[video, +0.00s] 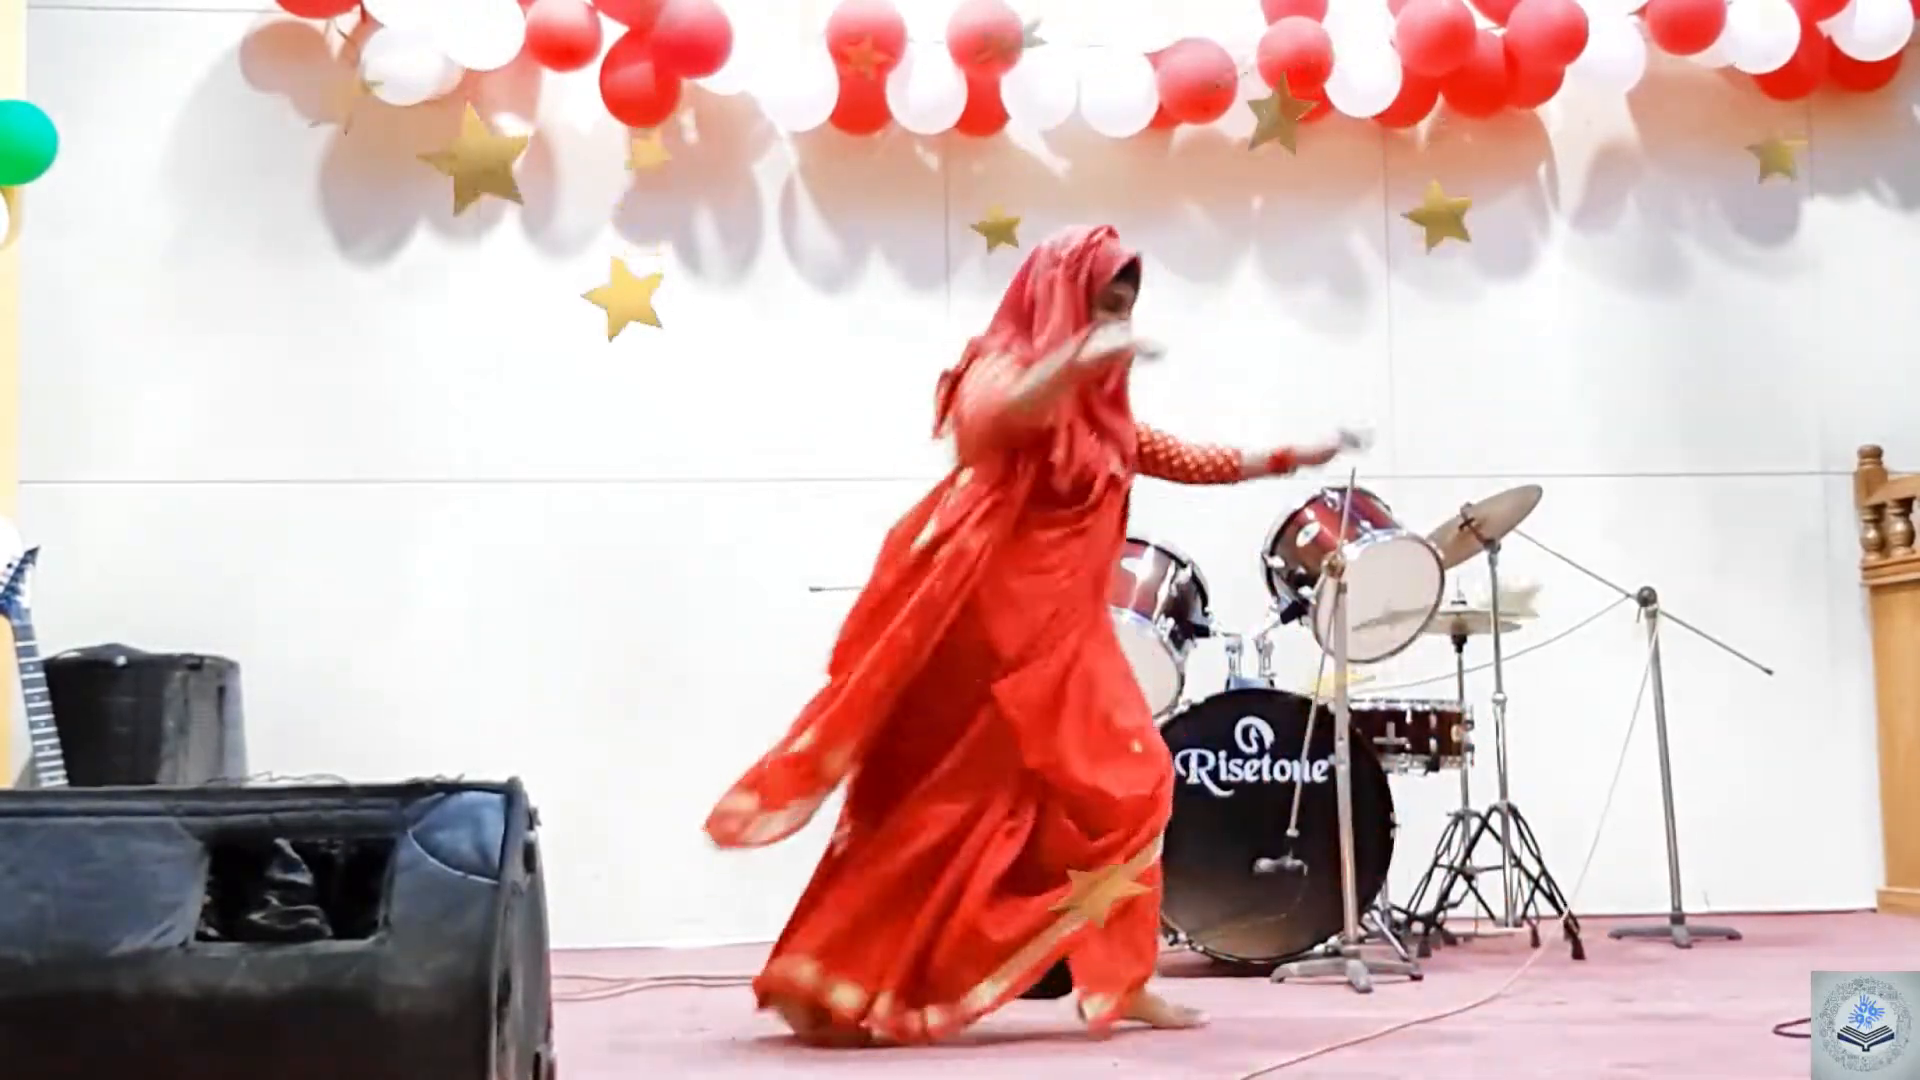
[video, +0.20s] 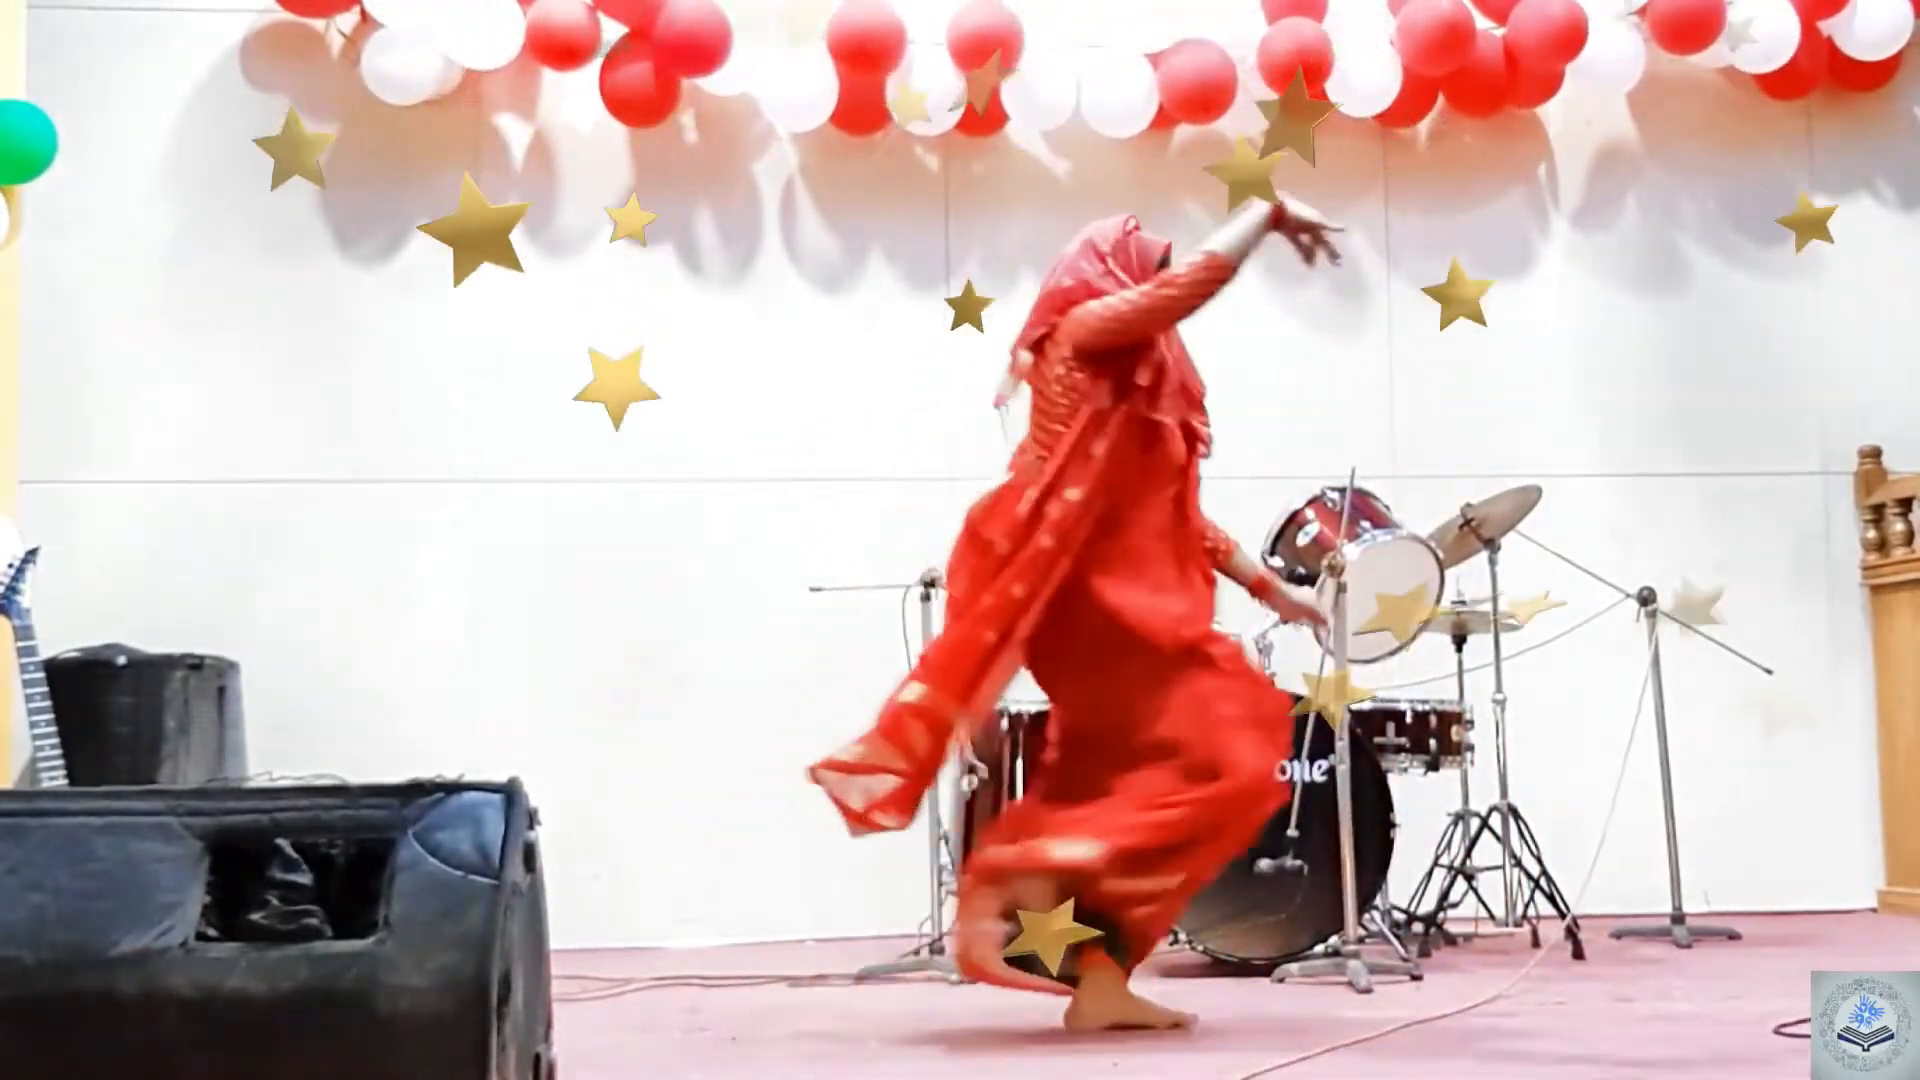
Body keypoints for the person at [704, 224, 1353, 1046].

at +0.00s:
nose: (1128, 306)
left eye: (1131, 289)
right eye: (1116, 288)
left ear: (1111, 307)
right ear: (1064, 292)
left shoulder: (1101, 411)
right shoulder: (998, 369)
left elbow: (1186, 459)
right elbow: (977, 433)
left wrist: (1288, 456)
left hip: (1068, 635)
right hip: (980, 631)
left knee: (1136, 783)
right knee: (929, 801)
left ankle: (1121, 980)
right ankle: (824, 980)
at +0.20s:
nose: (1172, 282)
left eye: (1170, 272)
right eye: (1160, 271)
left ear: (1108, 279)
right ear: (1119, 275)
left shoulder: (1150, 367)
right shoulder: (1078, 333)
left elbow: (1178, 512)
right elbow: (1181, 289)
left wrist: (1274, 589)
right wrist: (1261, 215)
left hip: (1133, 609)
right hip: (1097, 604)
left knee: (1146, 776)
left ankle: (1100, 980)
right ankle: (1014, 873)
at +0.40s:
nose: (1233, 271)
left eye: (1228, 257)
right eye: (1221, 256)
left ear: (1154, 259)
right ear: (1187, 255)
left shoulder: (1138, 344)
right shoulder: (1192, 321)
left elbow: (1225, 457)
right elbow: (1301, 324)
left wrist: (1332, 472)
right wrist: (1386, 289)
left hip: (1166, 573)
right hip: (1232, 571)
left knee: (1171, 773)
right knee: (1367, 736)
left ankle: (1117, 972)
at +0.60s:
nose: (1323, 306)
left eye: (1320, 292)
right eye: (1315, 292)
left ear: (1230, 297)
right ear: (1287, 298)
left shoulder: (1195, 381)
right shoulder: (1307, 387)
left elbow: (1294, 398)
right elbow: (1383, 458)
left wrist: (1383, 363)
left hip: (1256, 612)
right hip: (1348, 608)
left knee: (1298, 781)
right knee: (1431, 770)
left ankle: (1233, 916)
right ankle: (1438, 972)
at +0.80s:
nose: (1380, 249)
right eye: (1369, 233)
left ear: (1267, 256)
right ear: (1357, 244)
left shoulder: (1238, 369)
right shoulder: (1366, 320)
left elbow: (1254, 518)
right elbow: (1448, 340)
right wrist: (1513, 342)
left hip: (1304, 616)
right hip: (1394, 602)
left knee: (1333, 785)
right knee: (1439, 772)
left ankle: (1313, 954)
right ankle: (1448, 973)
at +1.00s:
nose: (1415, 237)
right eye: (1407, 225)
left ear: (1303, 253)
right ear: (1399, 233)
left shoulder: (1275, 368)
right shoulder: (1416, 288)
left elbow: (1238, 499)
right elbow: (1530, 232)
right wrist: (1514, 216)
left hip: (1314, 599)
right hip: (1428, 581)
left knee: (1337, 792)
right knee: (1474, 748)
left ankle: (1363, 1000)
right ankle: (1476, 909)